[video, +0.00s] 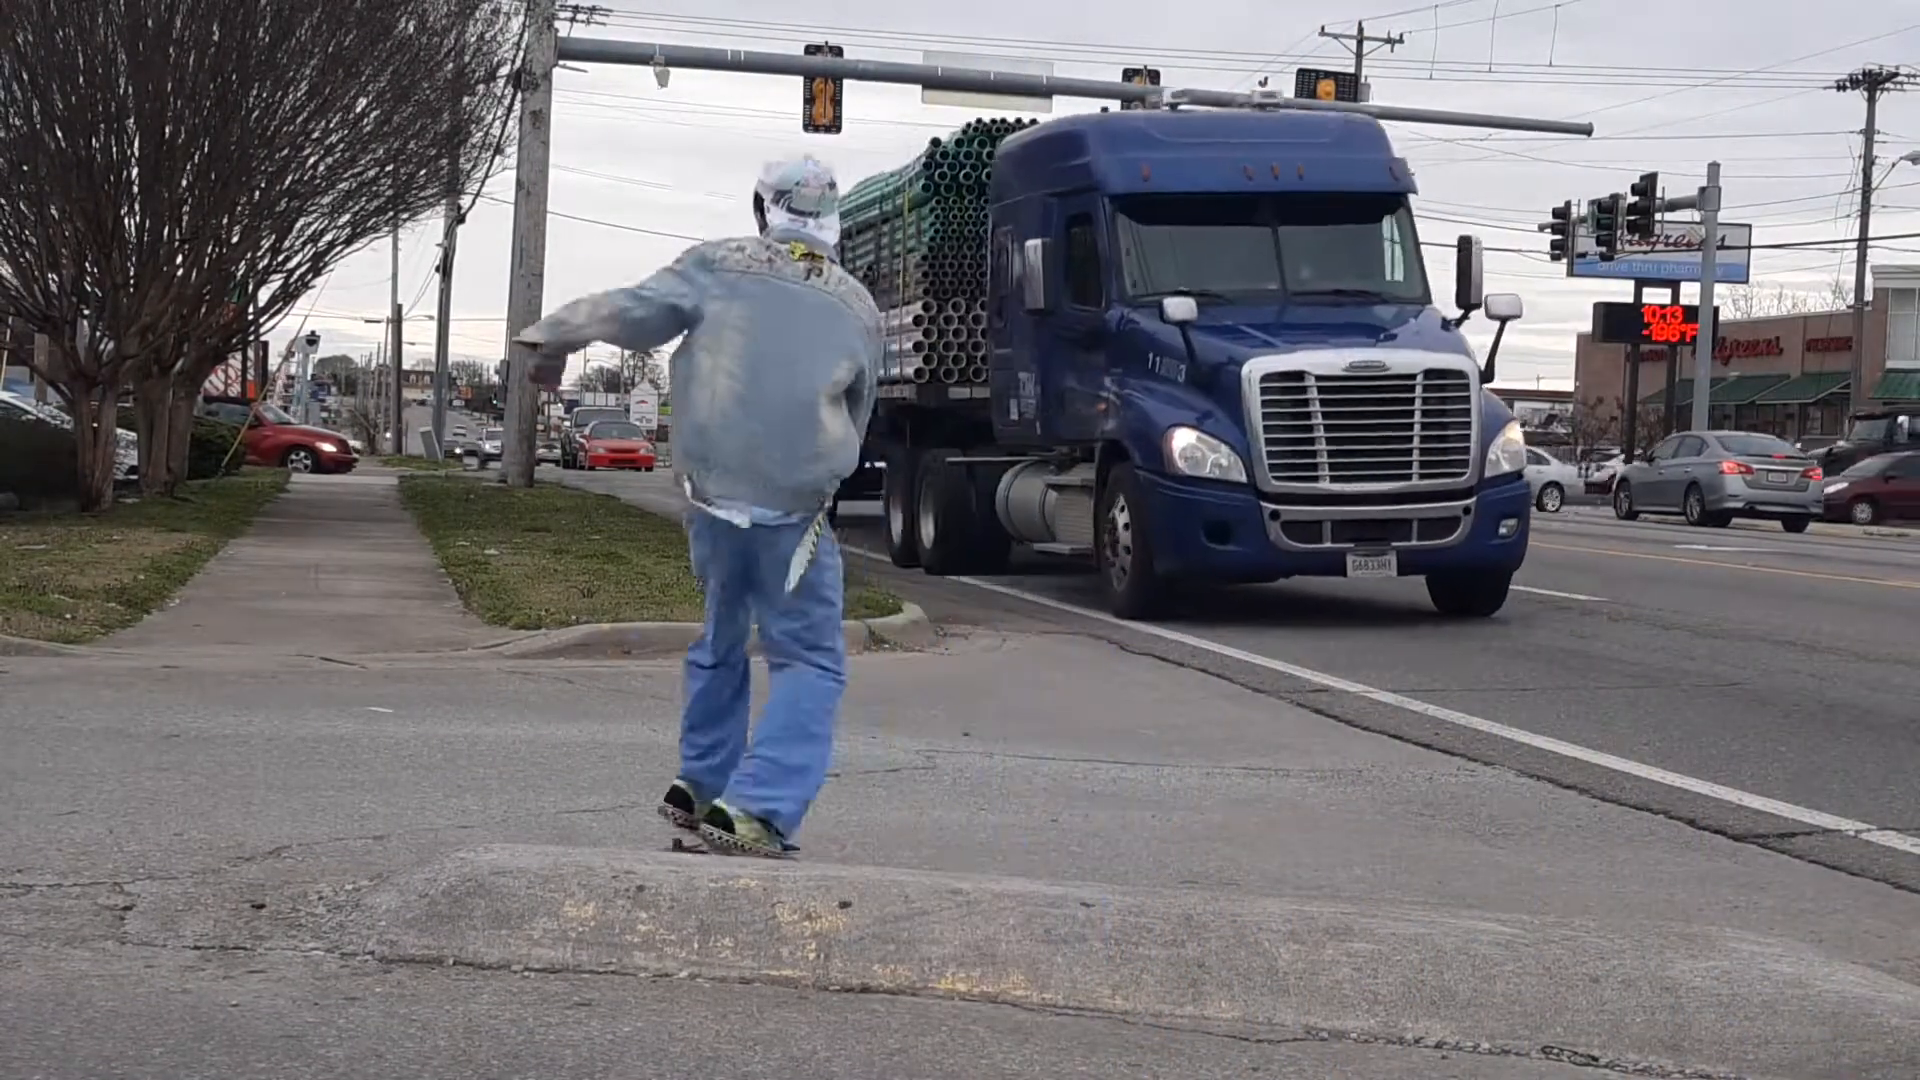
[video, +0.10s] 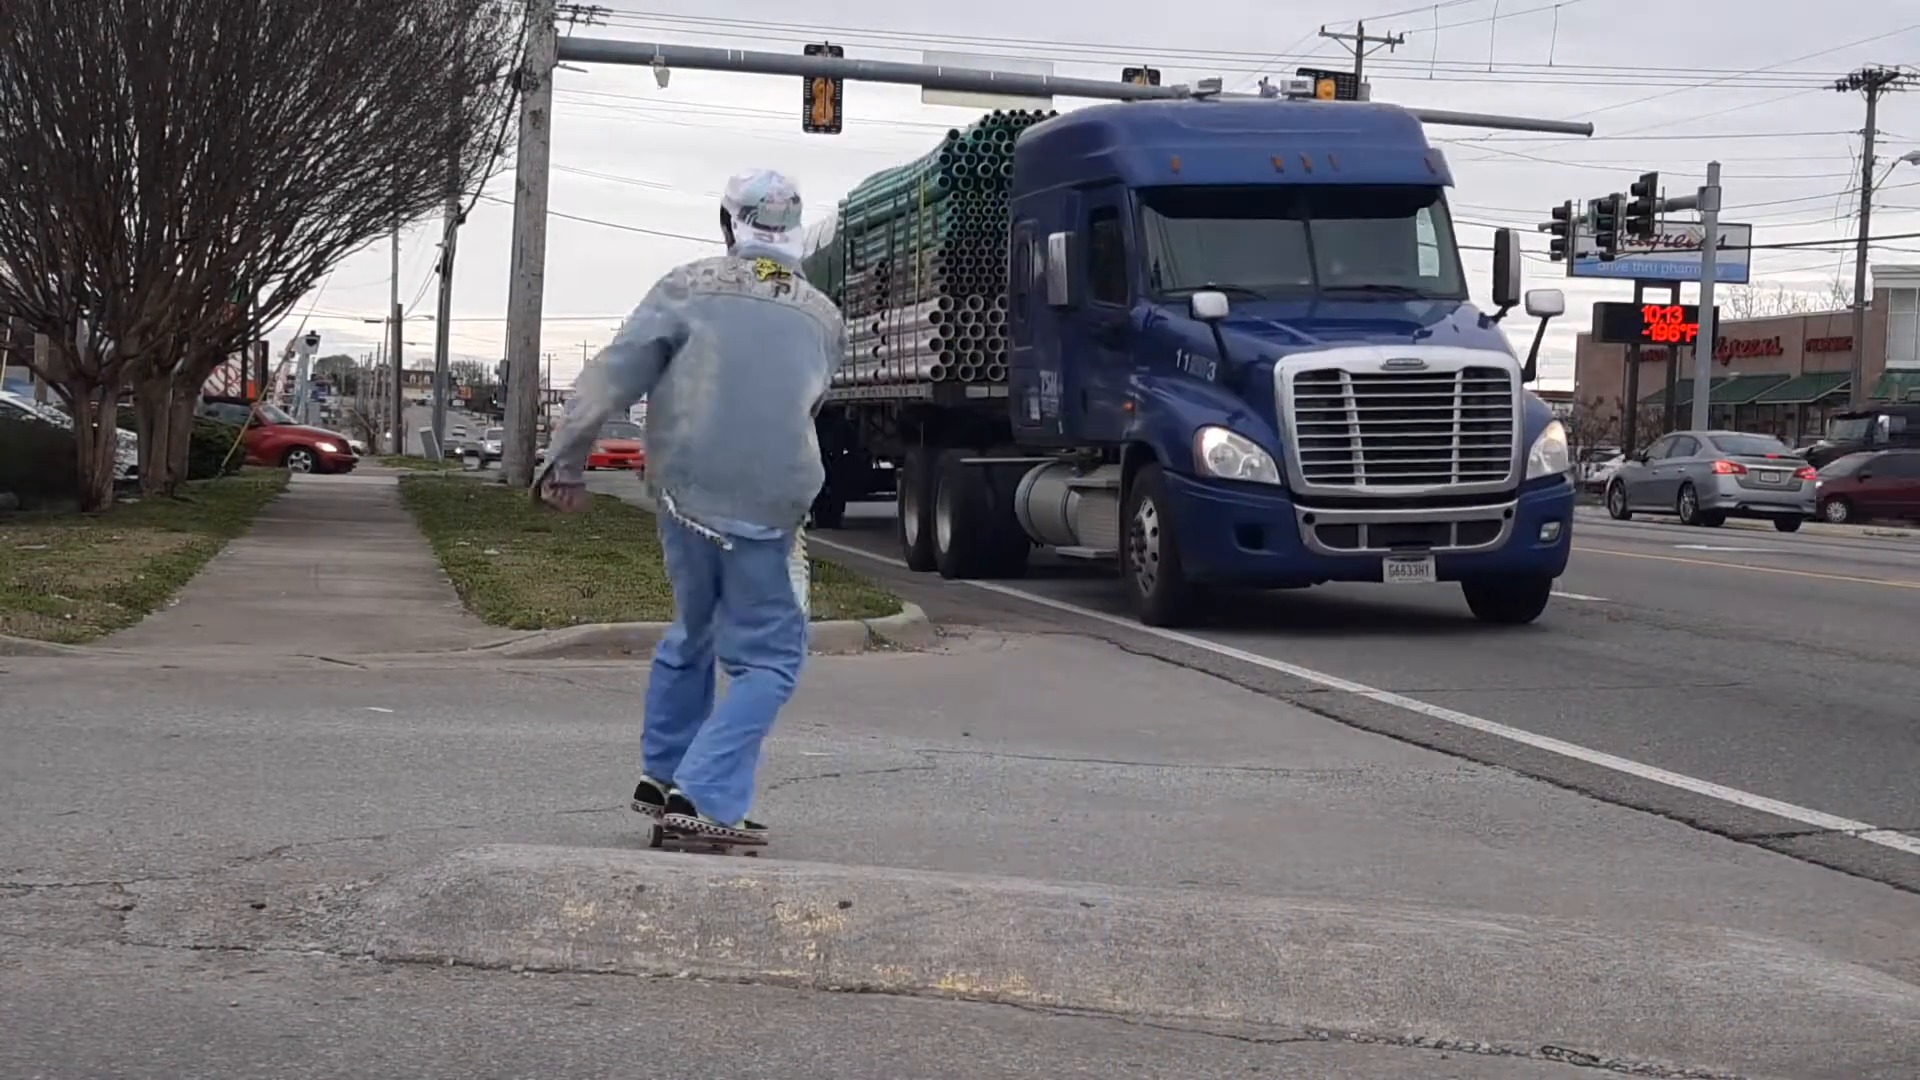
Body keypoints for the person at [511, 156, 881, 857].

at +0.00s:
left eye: (774, 208)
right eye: (825, 215)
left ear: (763, 210)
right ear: (833, 219)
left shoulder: (716, 264)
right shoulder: (859, 307)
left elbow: (628, 310)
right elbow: (856, 421)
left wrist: (548, 337)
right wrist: (811, 472)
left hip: (712, 490)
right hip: (796, 502)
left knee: (721, 641)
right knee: (811, 662)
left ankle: (700, 783)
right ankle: (757, 812)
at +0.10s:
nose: (734, 232)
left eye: (728, 220)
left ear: (729, 224)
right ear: (796, 232)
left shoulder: (688, 286)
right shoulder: (825, 317)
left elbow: (616, 367)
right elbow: (801, 396)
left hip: (682, 494)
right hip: (768, 507)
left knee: (689, 634)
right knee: (767, 658)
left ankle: (663, 776)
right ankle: (700, 805)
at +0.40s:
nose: (674, 230)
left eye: (651, 216)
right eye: (685, 220)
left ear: (635, 219)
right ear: (694, 224)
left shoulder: (589, 286)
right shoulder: (719, 300)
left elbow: (583, 386)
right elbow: (728, 392)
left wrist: (631, 454)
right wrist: (690, 457)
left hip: (612, 480)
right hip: (686, 483)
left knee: (622, 612)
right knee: (685, 622)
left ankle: (606, 743)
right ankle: (649, 764)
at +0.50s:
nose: (673, 232)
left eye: (665, 221)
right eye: (675, 223)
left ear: (616, 218)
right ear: (673, 225)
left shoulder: (561, 285)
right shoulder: (686, 292)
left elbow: (545, 379)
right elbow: (711, 401)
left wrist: (591, 451)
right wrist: (729, 485)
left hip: (587, 479)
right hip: (655, 478)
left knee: (603, 603)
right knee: (671, 607)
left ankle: (588, 732)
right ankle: (636, 750)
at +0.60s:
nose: (662, 243)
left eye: (663, 232)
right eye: (663, 232)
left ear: (602, 219)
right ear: (650, 225)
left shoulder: (539, 283)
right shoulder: (652, 285)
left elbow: (509, 381)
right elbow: (707, 390)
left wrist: (519, 462)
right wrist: (766, 456)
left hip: (558, 467)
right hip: (620, 469)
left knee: (580, 591)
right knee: (652, 592)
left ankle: (565, 724)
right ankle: (621, 743)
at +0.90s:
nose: (612, 252)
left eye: (616, 241)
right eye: (610, 238)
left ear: (578, 228)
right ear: (578, 225)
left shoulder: (509, 280)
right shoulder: (564, 285)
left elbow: (475, 374)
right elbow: (604, 378)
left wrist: (468, 444)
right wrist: (672, 417)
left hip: (510, 457)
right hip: (556, 455)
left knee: (531, 573)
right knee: (585, 576)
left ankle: (497, 694)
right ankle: (544, 714)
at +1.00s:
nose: (592, 250)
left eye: (596, 238)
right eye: (587, 235)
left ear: (552, 230)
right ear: (554, 226)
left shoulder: (505, 281)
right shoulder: (542, 288)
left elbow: (487, 378)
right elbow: (548, 389)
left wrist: (485, 450)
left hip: (498, 454)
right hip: (531, 455)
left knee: (516, 567)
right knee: (563, 571)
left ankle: (479, 686)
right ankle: (522, 703)